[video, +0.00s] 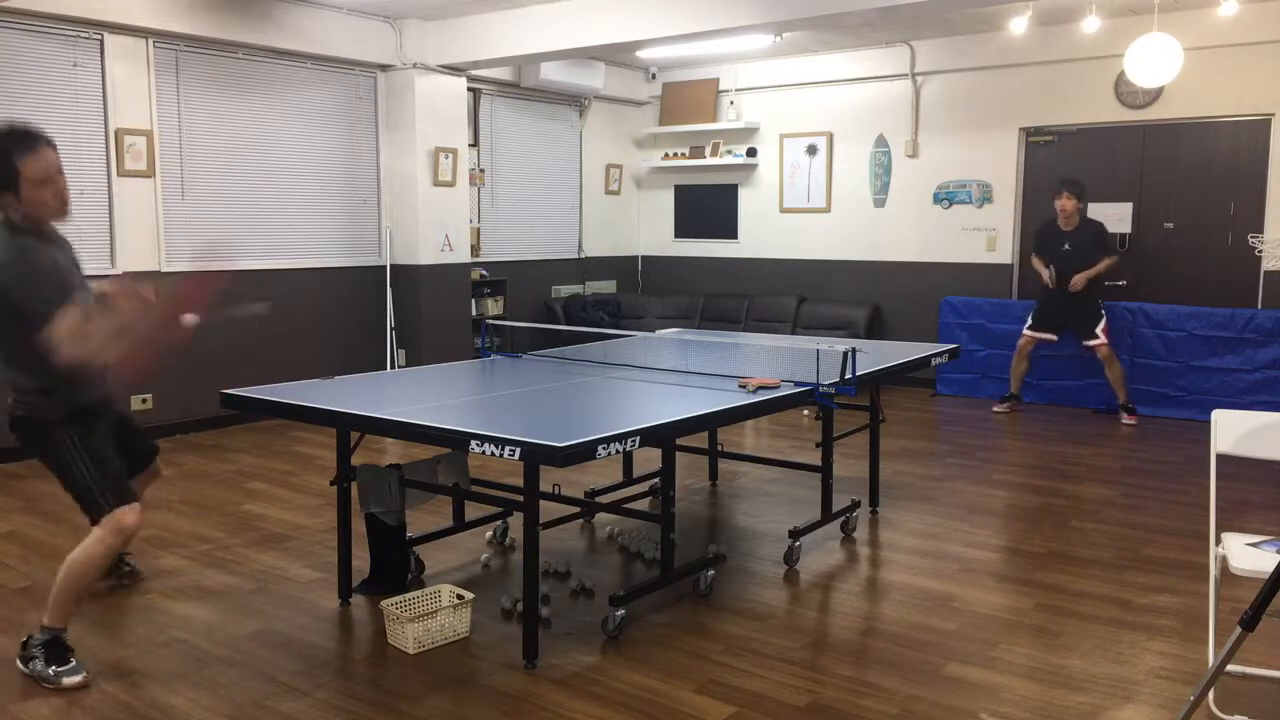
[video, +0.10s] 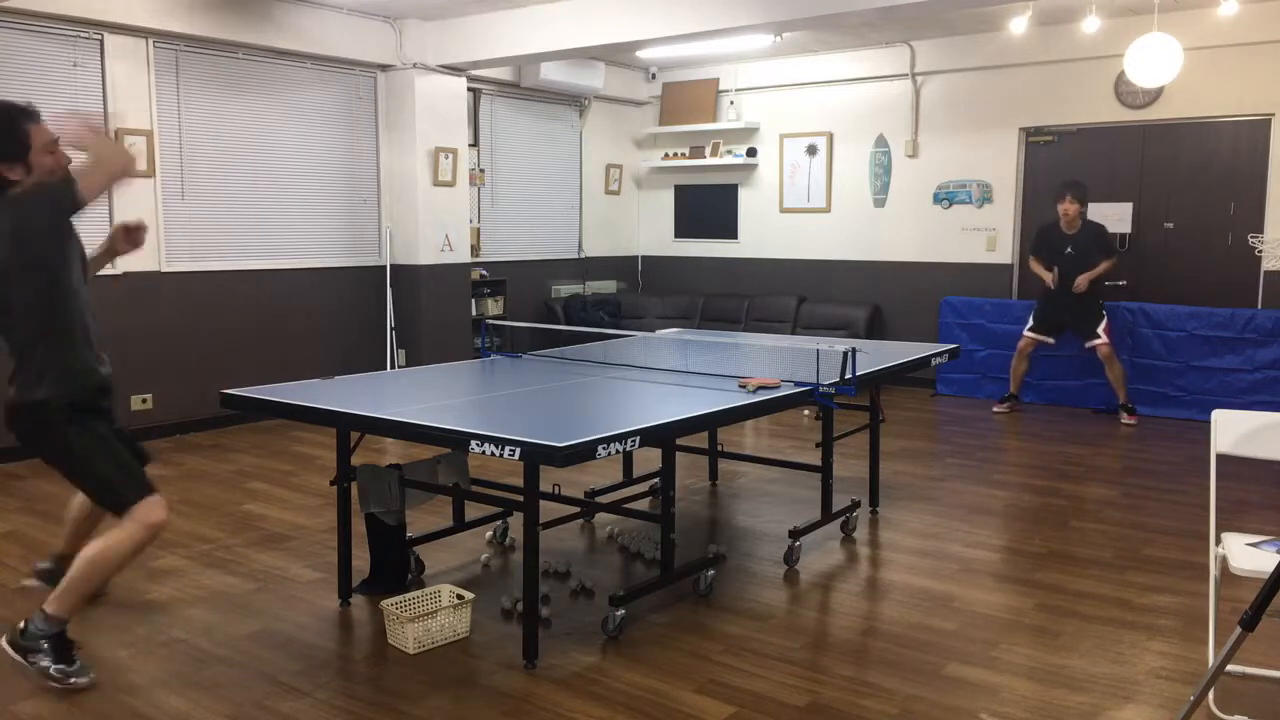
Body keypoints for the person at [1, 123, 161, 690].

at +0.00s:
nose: (61, 189)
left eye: (60, 176)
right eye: (45, 182)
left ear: (61, 175)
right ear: (10, 200)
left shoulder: (46, 239)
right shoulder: (21, 257)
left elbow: (76, 304)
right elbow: (73, 348)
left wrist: (118, 304)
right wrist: (143, 322)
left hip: (81, 394)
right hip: (47, 409)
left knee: (144, 467)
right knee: (121, 517)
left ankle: (105, 558)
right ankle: (45, 642)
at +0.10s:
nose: (61, 157)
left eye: (56, 147)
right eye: (48, 152)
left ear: (18, 170)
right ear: (14, 170)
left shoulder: (27, 212)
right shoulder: (29, 207)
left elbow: (53, 282)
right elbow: (116, 162)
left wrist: (107, 251)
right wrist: (87, 138)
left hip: (66, 394)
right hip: (52, 402)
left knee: (118, 475)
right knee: (146, 514)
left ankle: (62, 565)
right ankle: (42, 630)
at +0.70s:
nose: (123, 155)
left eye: (117, 144)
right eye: (112, 147)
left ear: (77, 163)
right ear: (83, 162)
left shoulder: (63, 216)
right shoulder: (53, 221)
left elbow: (53, 312)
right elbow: (69, 322)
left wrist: (109, 323)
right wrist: (153, 302)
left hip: (28, 388)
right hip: (8, 395)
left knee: (69, 473)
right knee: (41, 519)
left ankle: (29, 569)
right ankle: (2, 659)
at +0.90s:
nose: (140, 210)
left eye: (136, 200)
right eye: (130, 202)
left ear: (98, 217)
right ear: (98, 217)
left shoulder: (84, 267)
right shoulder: (56, 275)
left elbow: (80, 340)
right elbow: (60, 380)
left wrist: (147, 361)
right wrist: (144, 367)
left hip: (37, 411)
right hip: (6, 420)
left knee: (107, 483)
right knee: (70, 525)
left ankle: (70, 573)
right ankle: (0, 660)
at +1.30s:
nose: (122, 267)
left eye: (117, 254)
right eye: (108, 262)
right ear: (71, 279)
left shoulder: (125, 306)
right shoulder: (18, 331)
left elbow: (164, 358)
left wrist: (180, 385)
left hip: (90, 424)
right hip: (25, 431)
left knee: (158, 504)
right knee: (84, 504)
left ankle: (88, 550)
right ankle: (39, 637)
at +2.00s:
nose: (201, 205)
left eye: (196, 196)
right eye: (192, 199)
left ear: (145, 219)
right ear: (170, 215)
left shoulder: (112, 267)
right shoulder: (196, 254)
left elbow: (95, 348)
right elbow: (275, 304)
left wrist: (183, 355)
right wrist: (273, 272)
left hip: (112, 414)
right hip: (165, 410)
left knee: (176, 475)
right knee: (217, 513)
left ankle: (188, 556)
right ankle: (225, 645)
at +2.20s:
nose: (211, 165)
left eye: (206, 156)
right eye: (201, 158)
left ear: (165, 172)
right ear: (174, 170)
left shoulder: (137, 217)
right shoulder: (160, 217)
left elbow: (94, 288)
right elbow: (202, 292)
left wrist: (163, 331)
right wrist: (254, 271)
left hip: (125, 367)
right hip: (110, 371)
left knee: (180, 461)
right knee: (167, 481)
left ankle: (192, 551)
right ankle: (118, 623)